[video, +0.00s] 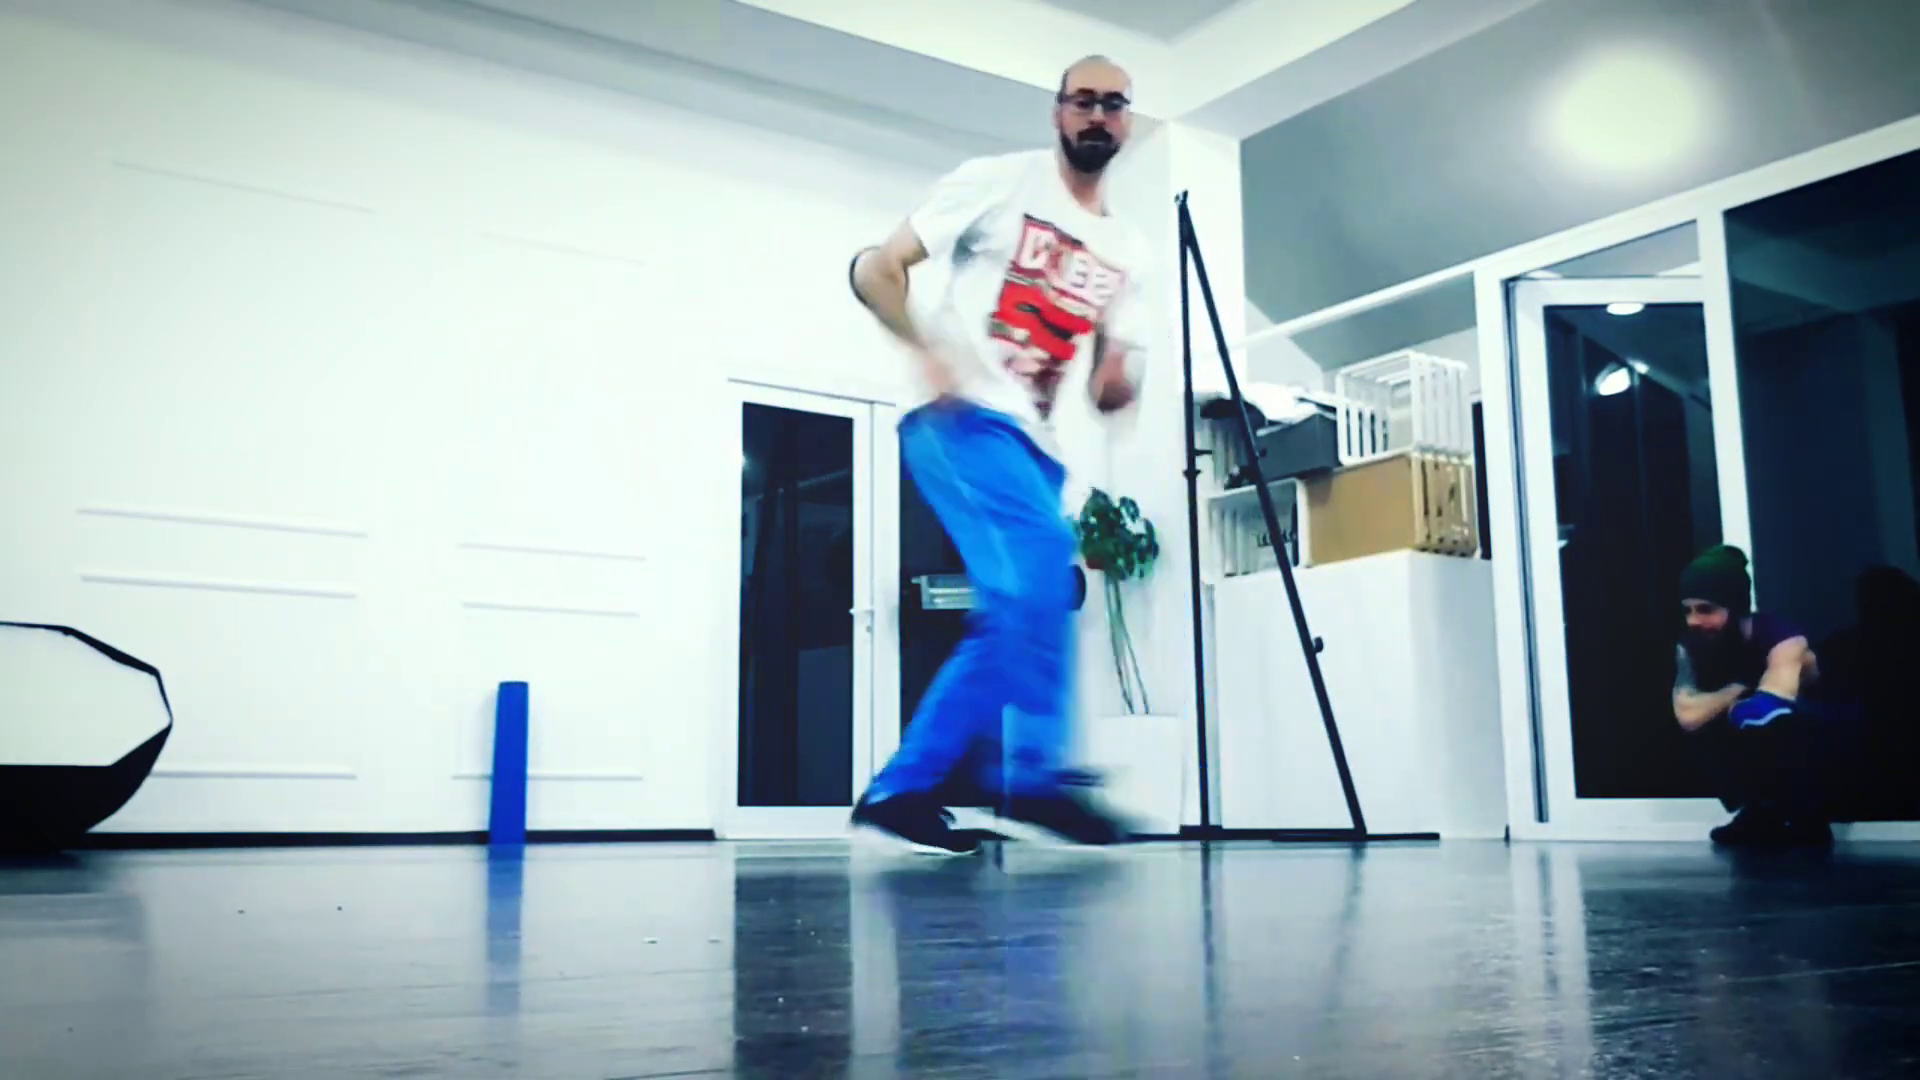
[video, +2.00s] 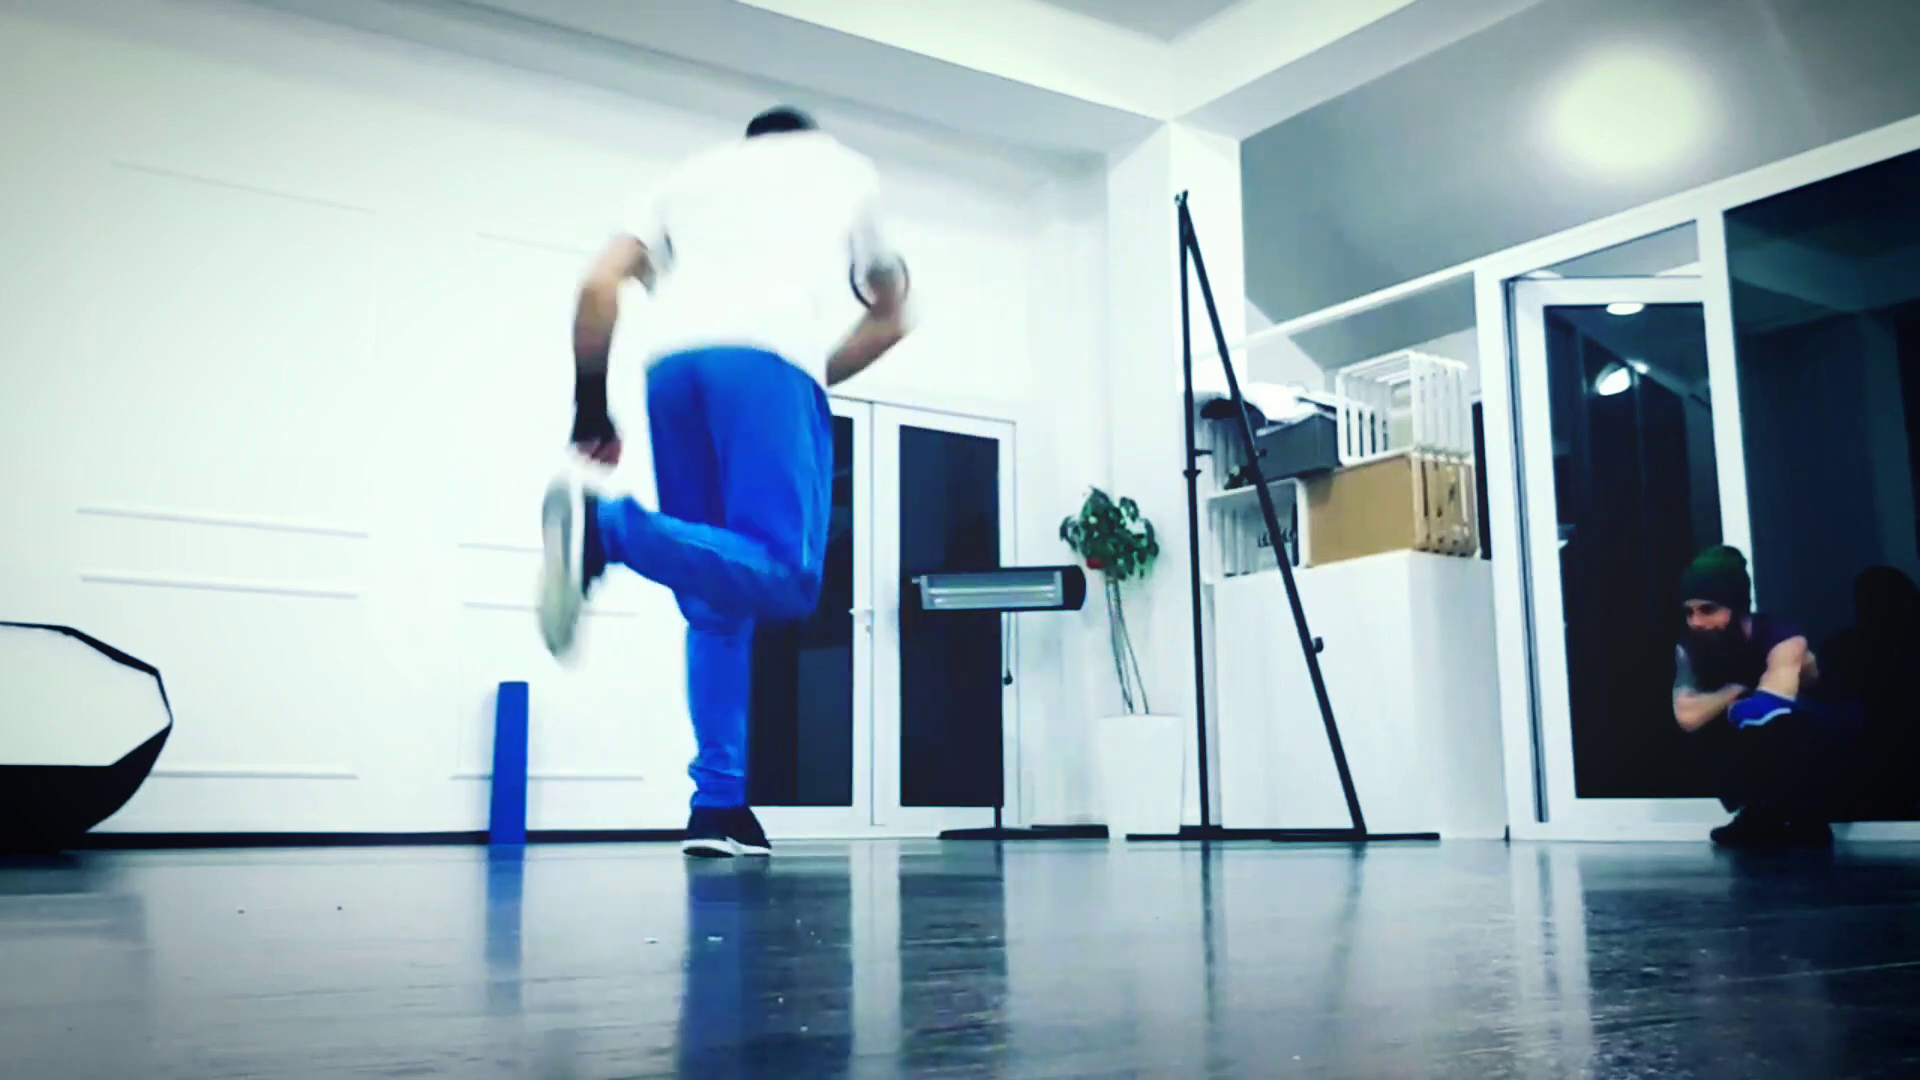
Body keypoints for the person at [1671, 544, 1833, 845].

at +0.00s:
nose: (1693, 622)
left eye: (1705, 611)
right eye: (1688, 611)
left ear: (1734, 607)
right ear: (1682, 610)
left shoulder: (1780, 636)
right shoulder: (1689, 649)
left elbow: (1772, 704)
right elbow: (1688, 715)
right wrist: (1735, 692)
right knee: (1706, 728)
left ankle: (1804, 821)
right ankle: (1756, 813)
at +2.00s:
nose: (1696, 623)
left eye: (1707, 611)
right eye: (1689, 612)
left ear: (1736, 608)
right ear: (1683, 613)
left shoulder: (1781, 638)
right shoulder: (1689, 651)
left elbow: (1775, 700)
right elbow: (1687, 716)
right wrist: (1730, 693)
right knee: (1710, 726)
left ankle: (1804, 820)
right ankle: (1756, 813)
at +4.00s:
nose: (1699, 623)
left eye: (1710, 611)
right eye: (1692, 612)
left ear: (1738, 607)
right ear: (1685, 611)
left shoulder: (1783, 640)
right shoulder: (1691, 651)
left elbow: (1773, 706)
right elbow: (1687, 715)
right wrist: (1737, 690)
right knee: (1708, 726)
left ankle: (1804, 820)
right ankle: (1756, 813)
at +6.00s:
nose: (1697, 623)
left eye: (1708, 611)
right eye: (1690, 613)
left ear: (1736, 607)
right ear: (1684, 612)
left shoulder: (1778, 637)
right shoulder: (1690, 652)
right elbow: (1688, 715)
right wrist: (1738, 690)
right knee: (1703, 727)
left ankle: (1803, 819)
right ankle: (1754, 814)